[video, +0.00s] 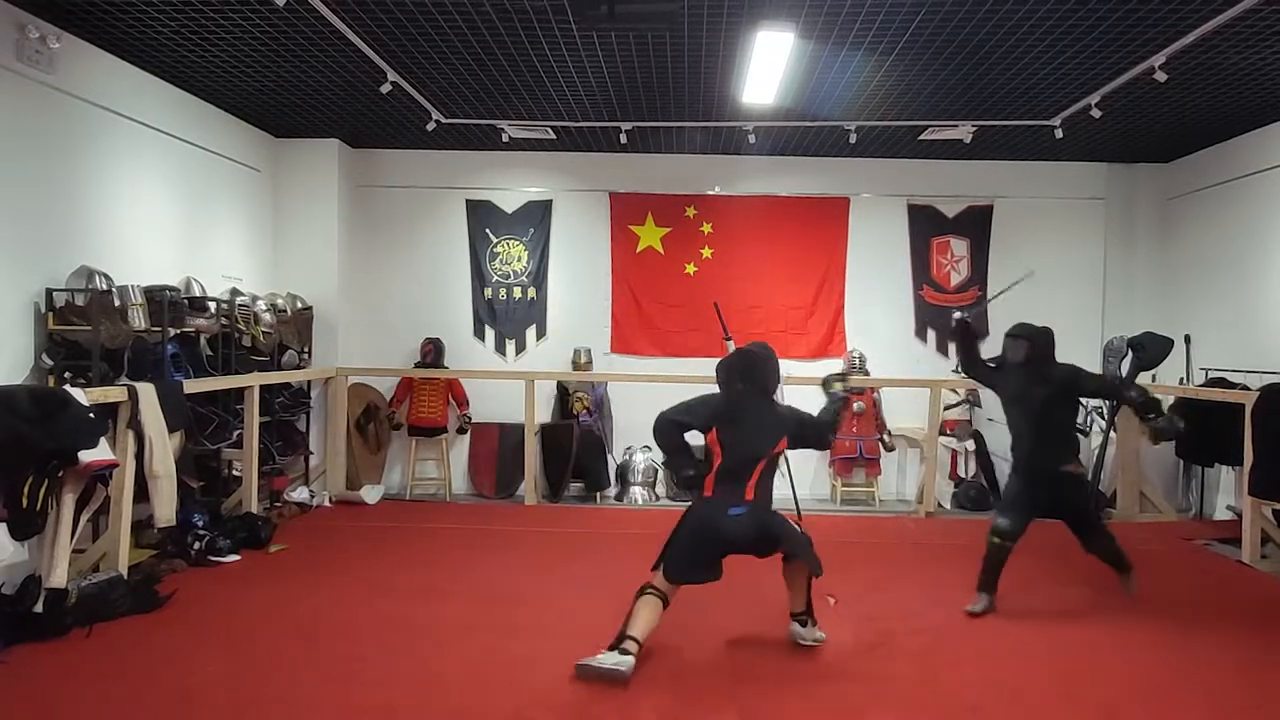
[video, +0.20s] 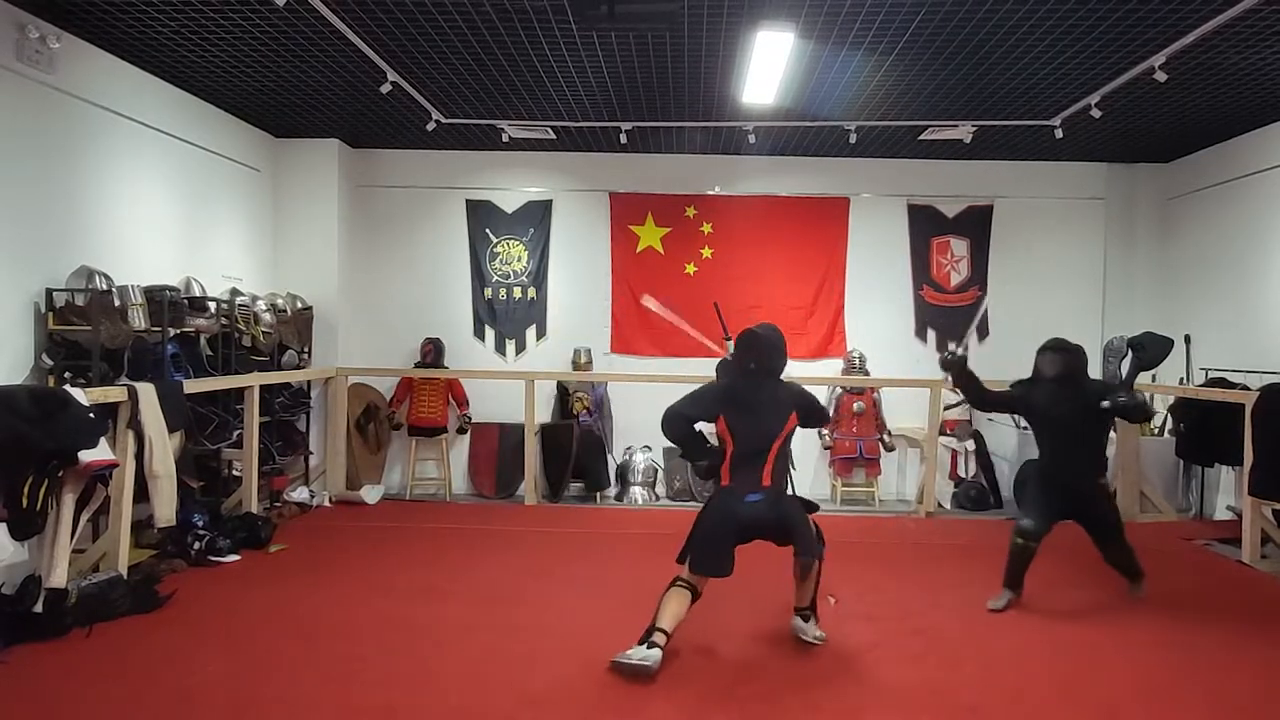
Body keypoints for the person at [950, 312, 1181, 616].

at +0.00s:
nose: (1011, 353)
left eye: (1019, 346)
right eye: (1009, 346)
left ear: (1037, 350)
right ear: (1005, 348)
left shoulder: (1064, 377)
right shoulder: (1004, 377)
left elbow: (1111, 386)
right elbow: (972, 365)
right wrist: (965, 335)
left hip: (1066, 477)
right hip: (1025, 476)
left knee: (1094, 540)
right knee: (1000, 535)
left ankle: (1126, 570)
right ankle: (985, 594)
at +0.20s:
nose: (1049, 367)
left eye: (1056, 361)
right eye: (1043, 361)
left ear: (1073, 366)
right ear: (1037, 364)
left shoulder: (1099, 392)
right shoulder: (1031, 395)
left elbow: (1142, 413)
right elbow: (983, 399)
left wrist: (1130, 406)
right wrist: (960, 371)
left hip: (1089, 488)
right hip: (1048, 485)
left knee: (1114, 549)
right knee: (1026, 532)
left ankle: (1136, 578)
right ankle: (1010, 590)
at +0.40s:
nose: (1035, 356)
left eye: (1042, 349)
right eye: (1028, 349)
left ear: (1056, 352)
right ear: (1019, 352)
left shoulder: (1080, 381)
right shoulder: (1012, 383)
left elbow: (1122, 415)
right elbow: (984, 402)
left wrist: (1099, 430)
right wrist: (958, 403)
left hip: (1081, 471)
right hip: (1037, 473)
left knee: (1120, 536)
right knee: (1016, 530)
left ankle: (1155, 573)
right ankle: (1012, 599)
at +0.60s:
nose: (1031, 348)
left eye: (1038, 341)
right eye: (1026, 341)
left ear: (1054, 345)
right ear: (1017, 347)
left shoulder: (1079, 377)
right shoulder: (1011, 385)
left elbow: (1120, 403)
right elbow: (1003, 431)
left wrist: (1123, 450)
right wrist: (1016, 456)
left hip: (1078, 471)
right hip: (1034, 472)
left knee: (1107, 542)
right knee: (1012, 528)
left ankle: (1144, 572)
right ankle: (1012, 598)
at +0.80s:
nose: (1051, 358)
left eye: (1058, 350)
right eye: (1046, 350)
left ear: (1077, 352)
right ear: (1040, 354)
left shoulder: (1106, 383)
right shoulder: (1036, 389)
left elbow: (1158, 406)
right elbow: (999, 425)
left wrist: (1172, 453)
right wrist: (1007, 460)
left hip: (1096, 479)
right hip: (1052, 476)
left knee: (1113, 552)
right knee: (1024, 532)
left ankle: (1138, 584)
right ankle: (1014, 597)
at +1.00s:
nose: (1081, 360)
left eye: (1088, 354)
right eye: (1075, 354)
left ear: (1103, 355)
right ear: (1067, 356)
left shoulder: (1124, 383)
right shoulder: (1057, 387)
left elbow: (1162, 407)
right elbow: (1022, 417)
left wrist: (1182, 427)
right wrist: (989, 437)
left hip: (1107, 481)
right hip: (1064, 478)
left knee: (1118, 546)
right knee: (1036, 530)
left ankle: (1137, 589)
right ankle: (1018, 594)